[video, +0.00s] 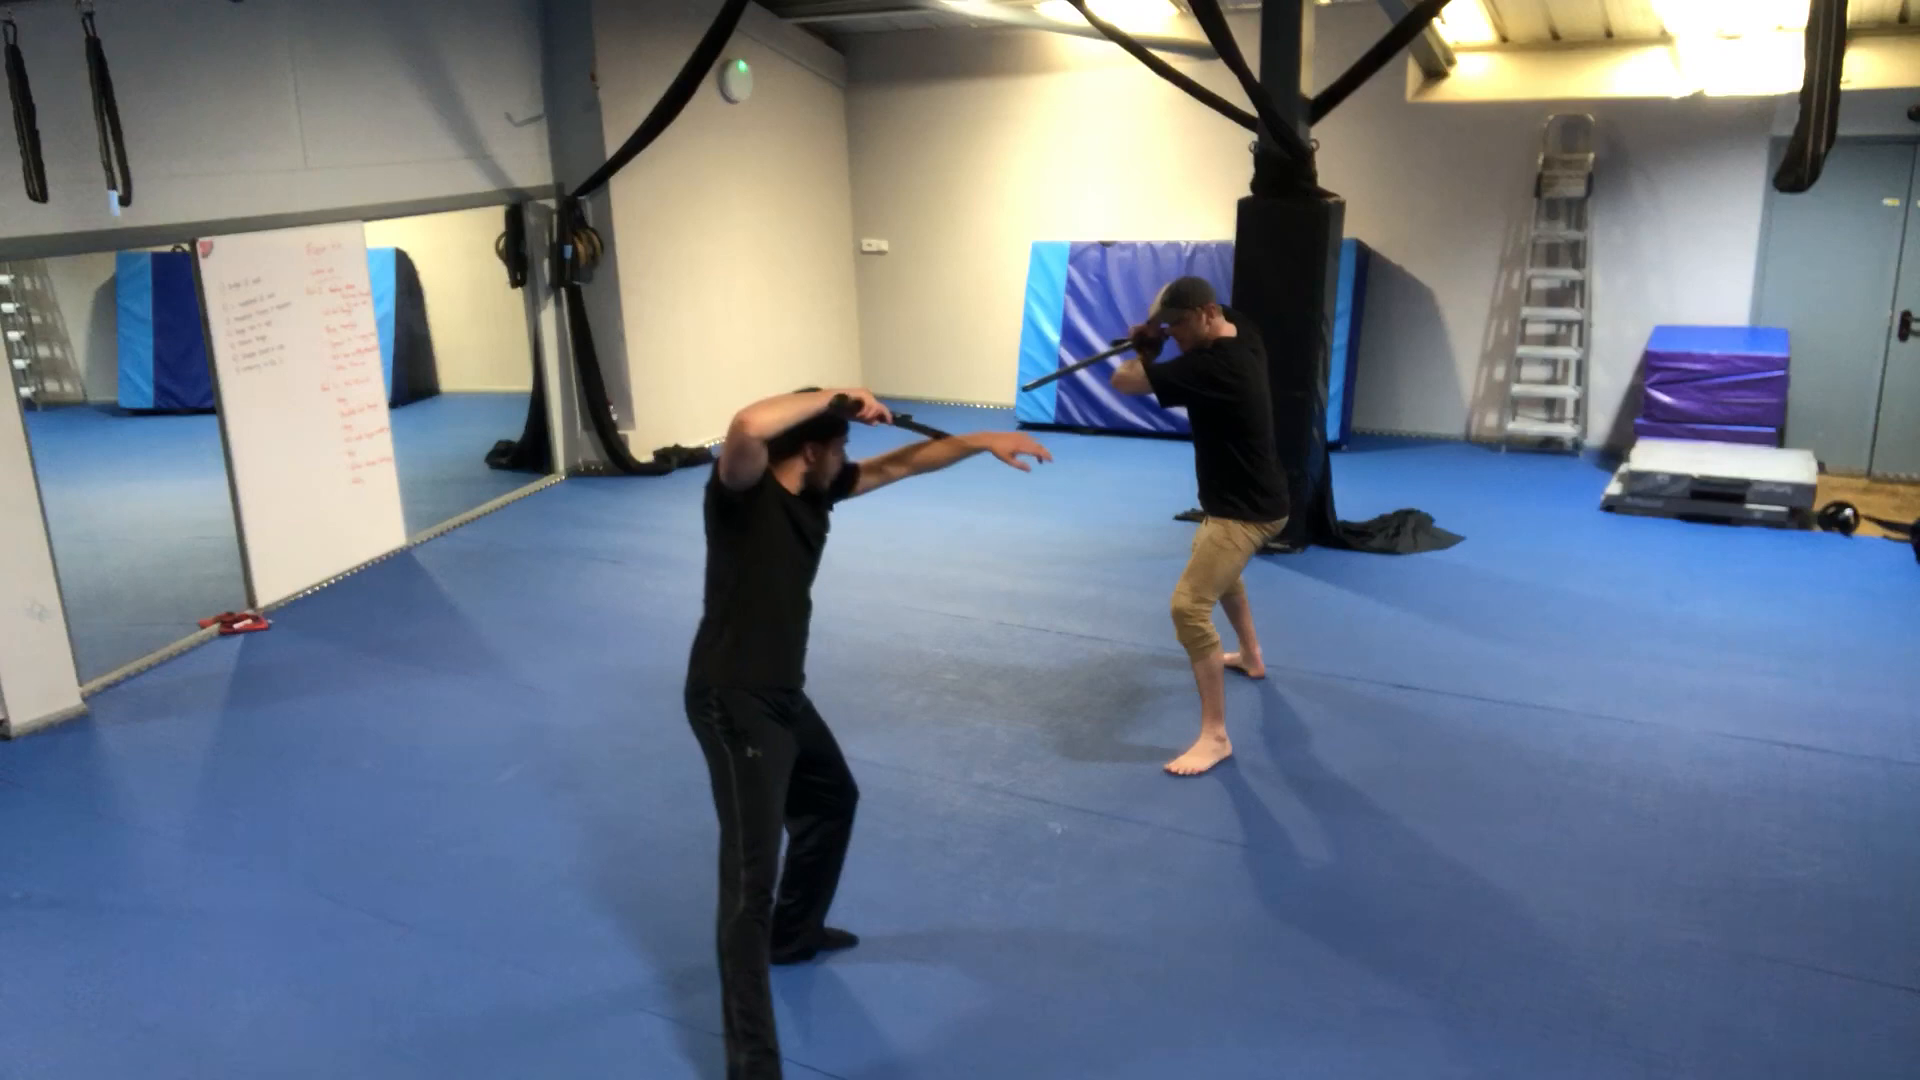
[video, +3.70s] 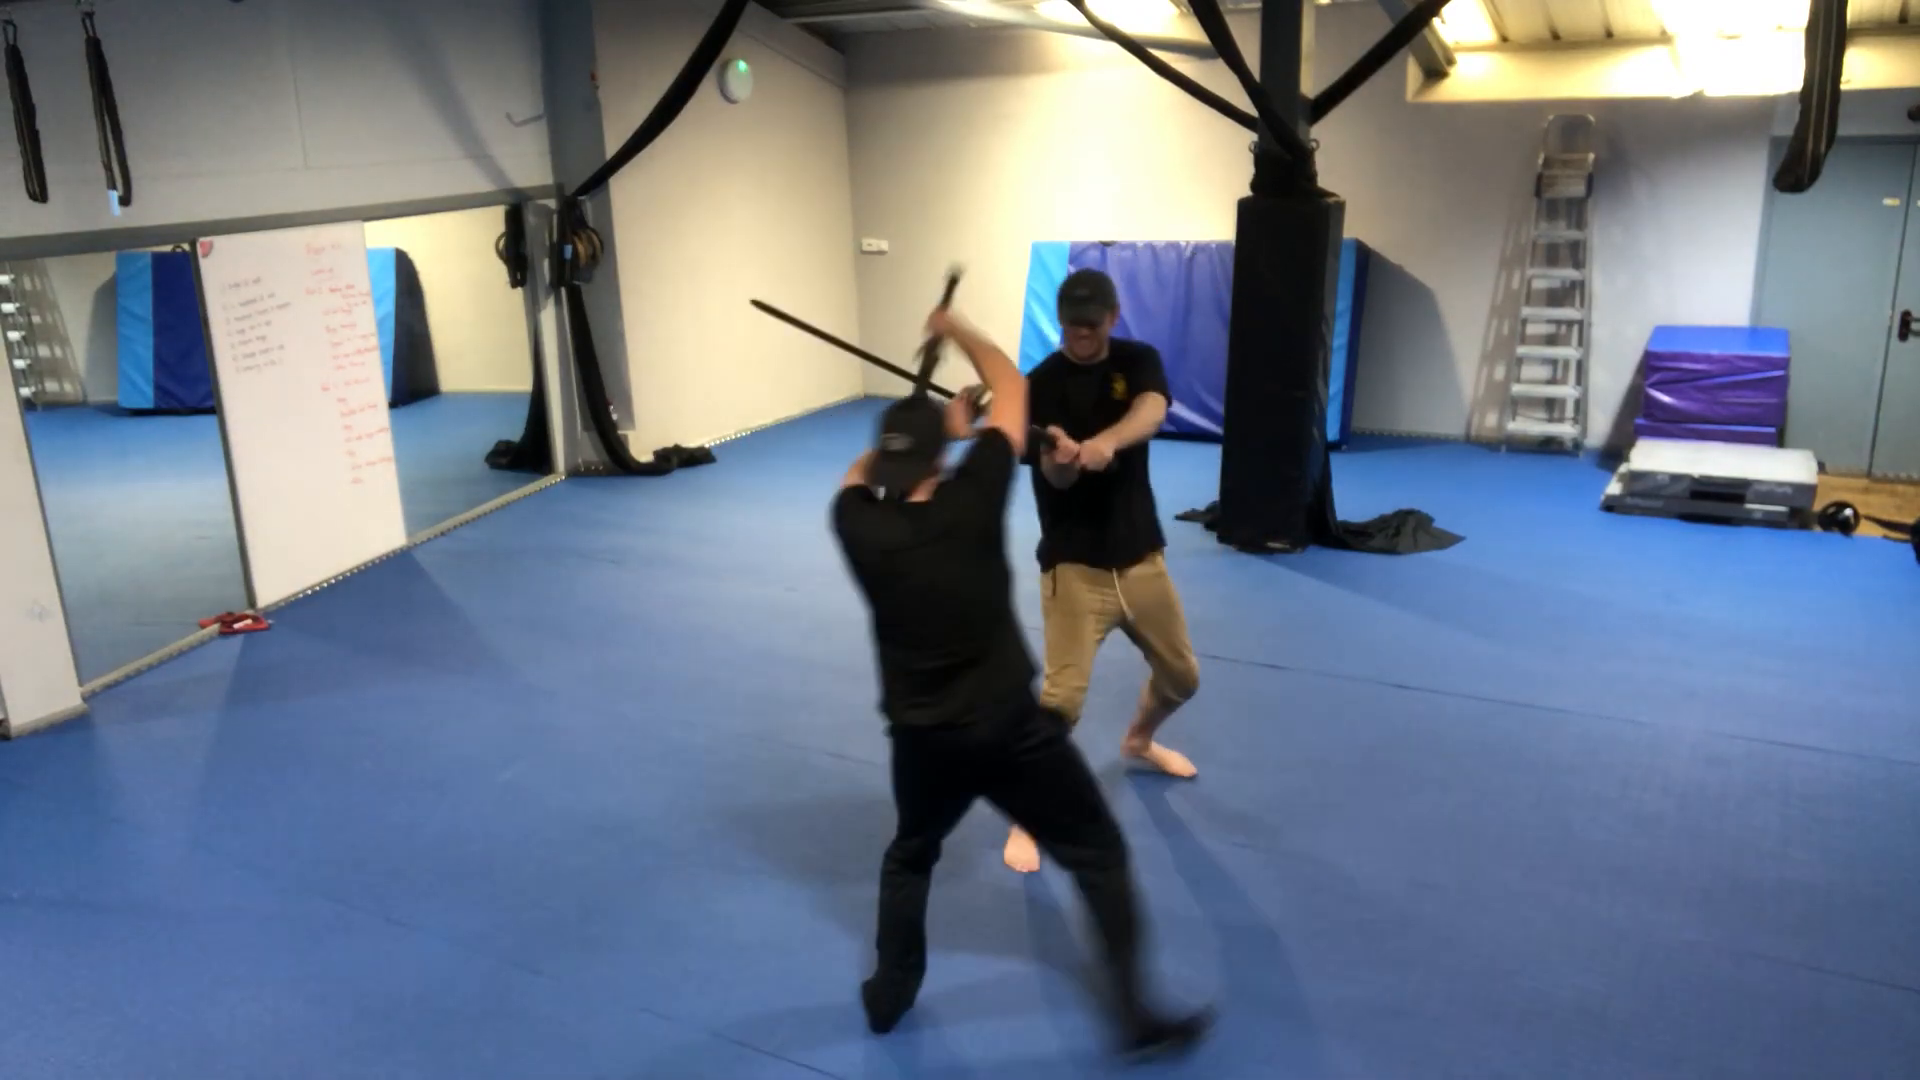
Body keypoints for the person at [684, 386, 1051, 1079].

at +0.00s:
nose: (844, 458)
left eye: (842, 443)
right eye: (836, 443)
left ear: (818, 447)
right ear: (806, 445)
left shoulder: (817, 492)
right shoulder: (742, 491)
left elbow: (900, 465)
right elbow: (746, 426)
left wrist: (983, 440)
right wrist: (831, 396)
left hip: (781, 697)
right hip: (731, 701)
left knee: (830, 800)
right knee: (750, 886)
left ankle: (791, 931)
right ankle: (753, 1065)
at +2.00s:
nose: (871, 517)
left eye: (871, 503)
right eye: (863, 503)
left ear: (838, 505)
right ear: (830, 500)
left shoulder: (835, 550)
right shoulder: (758, 553)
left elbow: (921, 524)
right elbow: (763, 499)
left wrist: (996, 517)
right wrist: (847, 468)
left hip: (793, 755)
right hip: (744, 768)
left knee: (834, 811)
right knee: (793, 955)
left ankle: (815, 928)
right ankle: (756, 1075)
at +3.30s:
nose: (876, 499)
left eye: (877, 487)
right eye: (867, 486)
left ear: (855, 482)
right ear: (834, 482)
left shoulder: (849, 541)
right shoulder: (782, 544)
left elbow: (905, 545)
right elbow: (842, 492)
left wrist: (960, 523)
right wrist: (928, 451)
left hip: (831, 752)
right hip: (795, 761)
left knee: (878, 809)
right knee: (812, 959)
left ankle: (829, 947)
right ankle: (767, 1075)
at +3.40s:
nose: (884, 481)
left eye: (884, 471)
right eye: (882, 471)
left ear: (818, 465)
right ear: (869, 474)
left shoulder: (822, 532)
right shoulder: (816, 536)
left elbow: (887, 535)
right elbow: (911, 474)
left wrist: (938, 504)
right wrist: (964, 406)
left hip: (851, 743)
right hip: (850, 750)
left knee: (887, 860)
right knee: (870, 921)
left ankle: (888, 992)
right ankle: (784, 1068)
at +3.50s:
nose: (885, 472)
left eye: (867, 467)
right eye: (880, 464)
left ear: (816, 477)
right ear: (872, 474)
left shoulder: (794, 535)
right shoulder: (888, 513)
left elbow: (865, 500)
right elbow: (979, 417)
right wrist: (979, 341)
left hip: (847, 742)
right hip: (910, 743)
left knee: (892, 838)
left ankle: (890, 987)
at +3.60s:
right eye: (894, 451)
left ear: (836, 466)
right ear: (891, 465)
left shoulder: (815, 526)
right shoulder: (931, 499)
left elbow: (868, 460)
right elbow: (984, 394)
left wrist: (950, 414)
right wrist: (976, 311)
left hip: (879, 736)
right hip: (953, 731)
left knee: (904, 841)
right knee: (1055, 874)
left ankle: (884, 993)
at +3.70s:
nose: (958, 440)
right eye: (951, 438)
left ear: (882, 463)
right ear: (945, 459)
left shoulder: (855, 520)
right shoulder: (976, 491)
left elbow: (868, 466)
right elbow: (1004, 382)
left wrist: (932, 425)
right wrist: (954, 327)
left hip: (921, 736)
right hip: (1005, 725)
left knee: (911, 854)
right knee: (1096, 851)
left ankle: (889, 995)